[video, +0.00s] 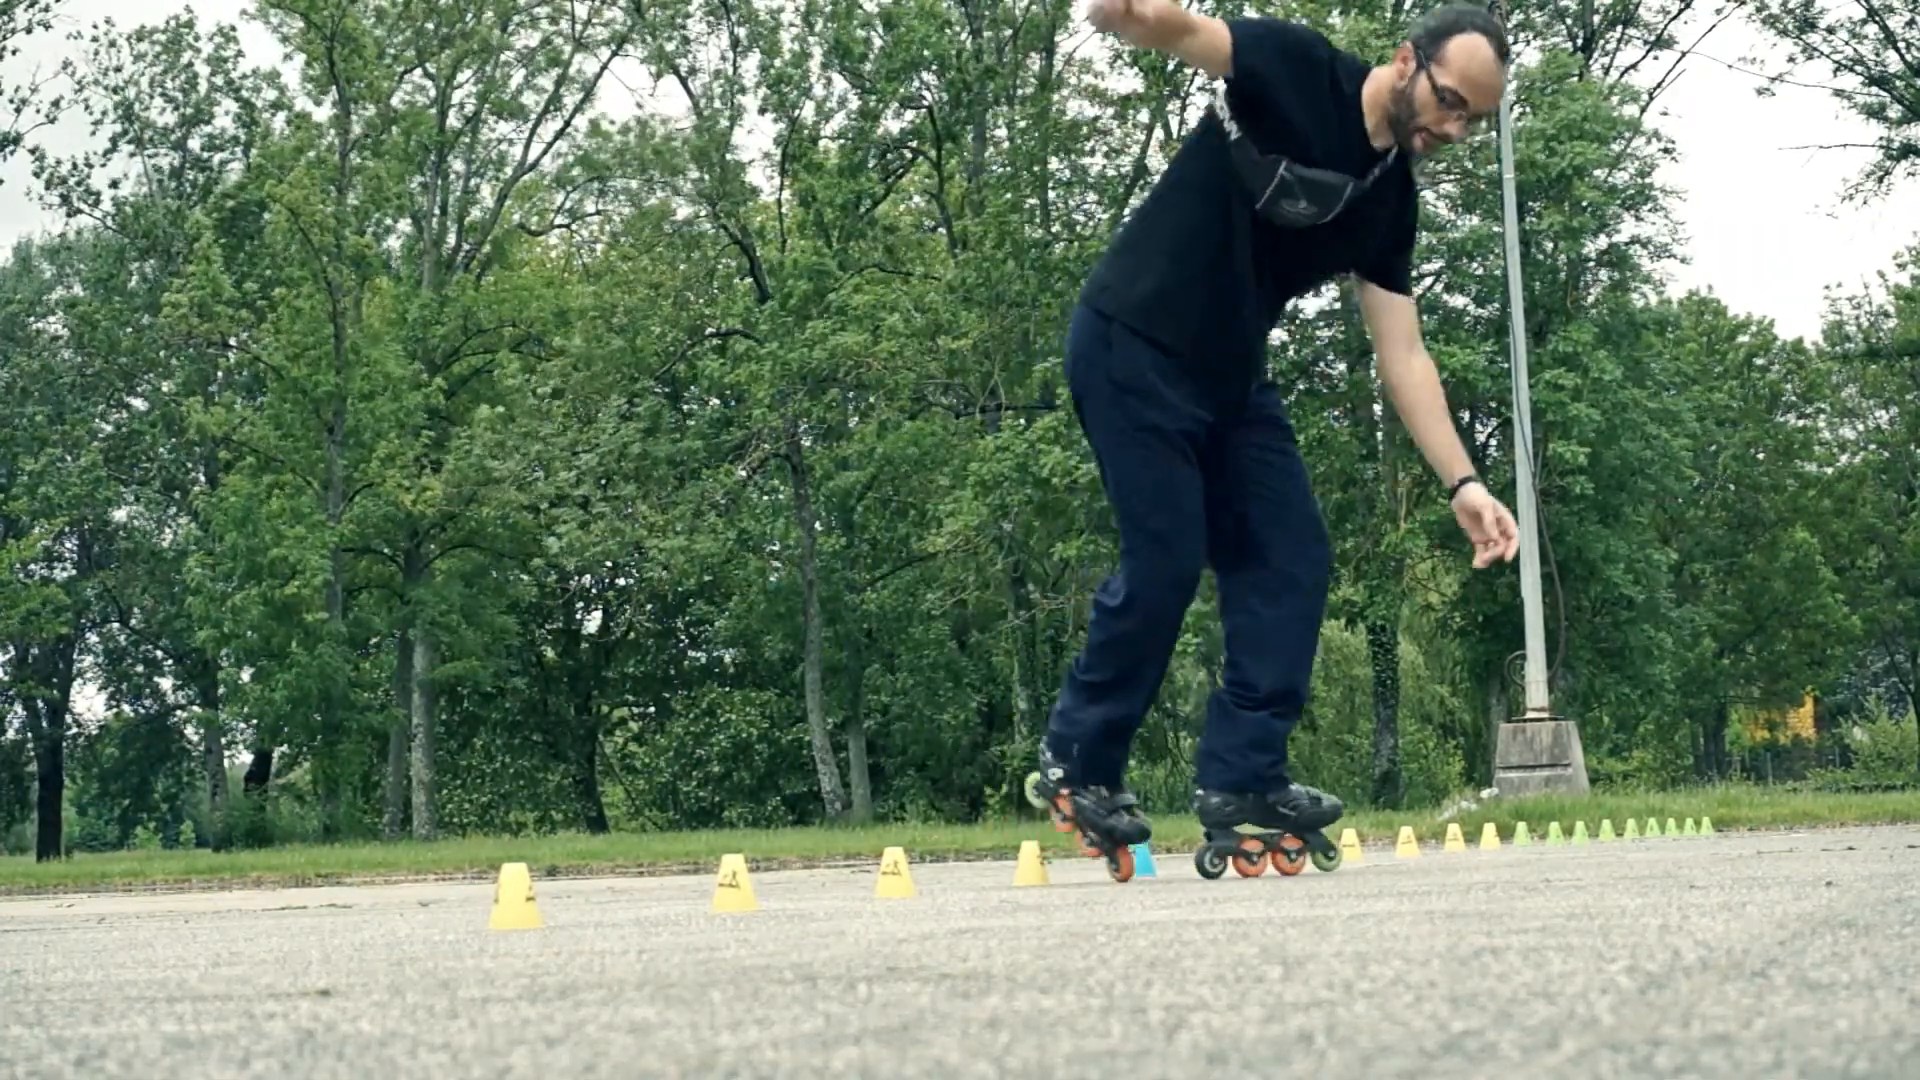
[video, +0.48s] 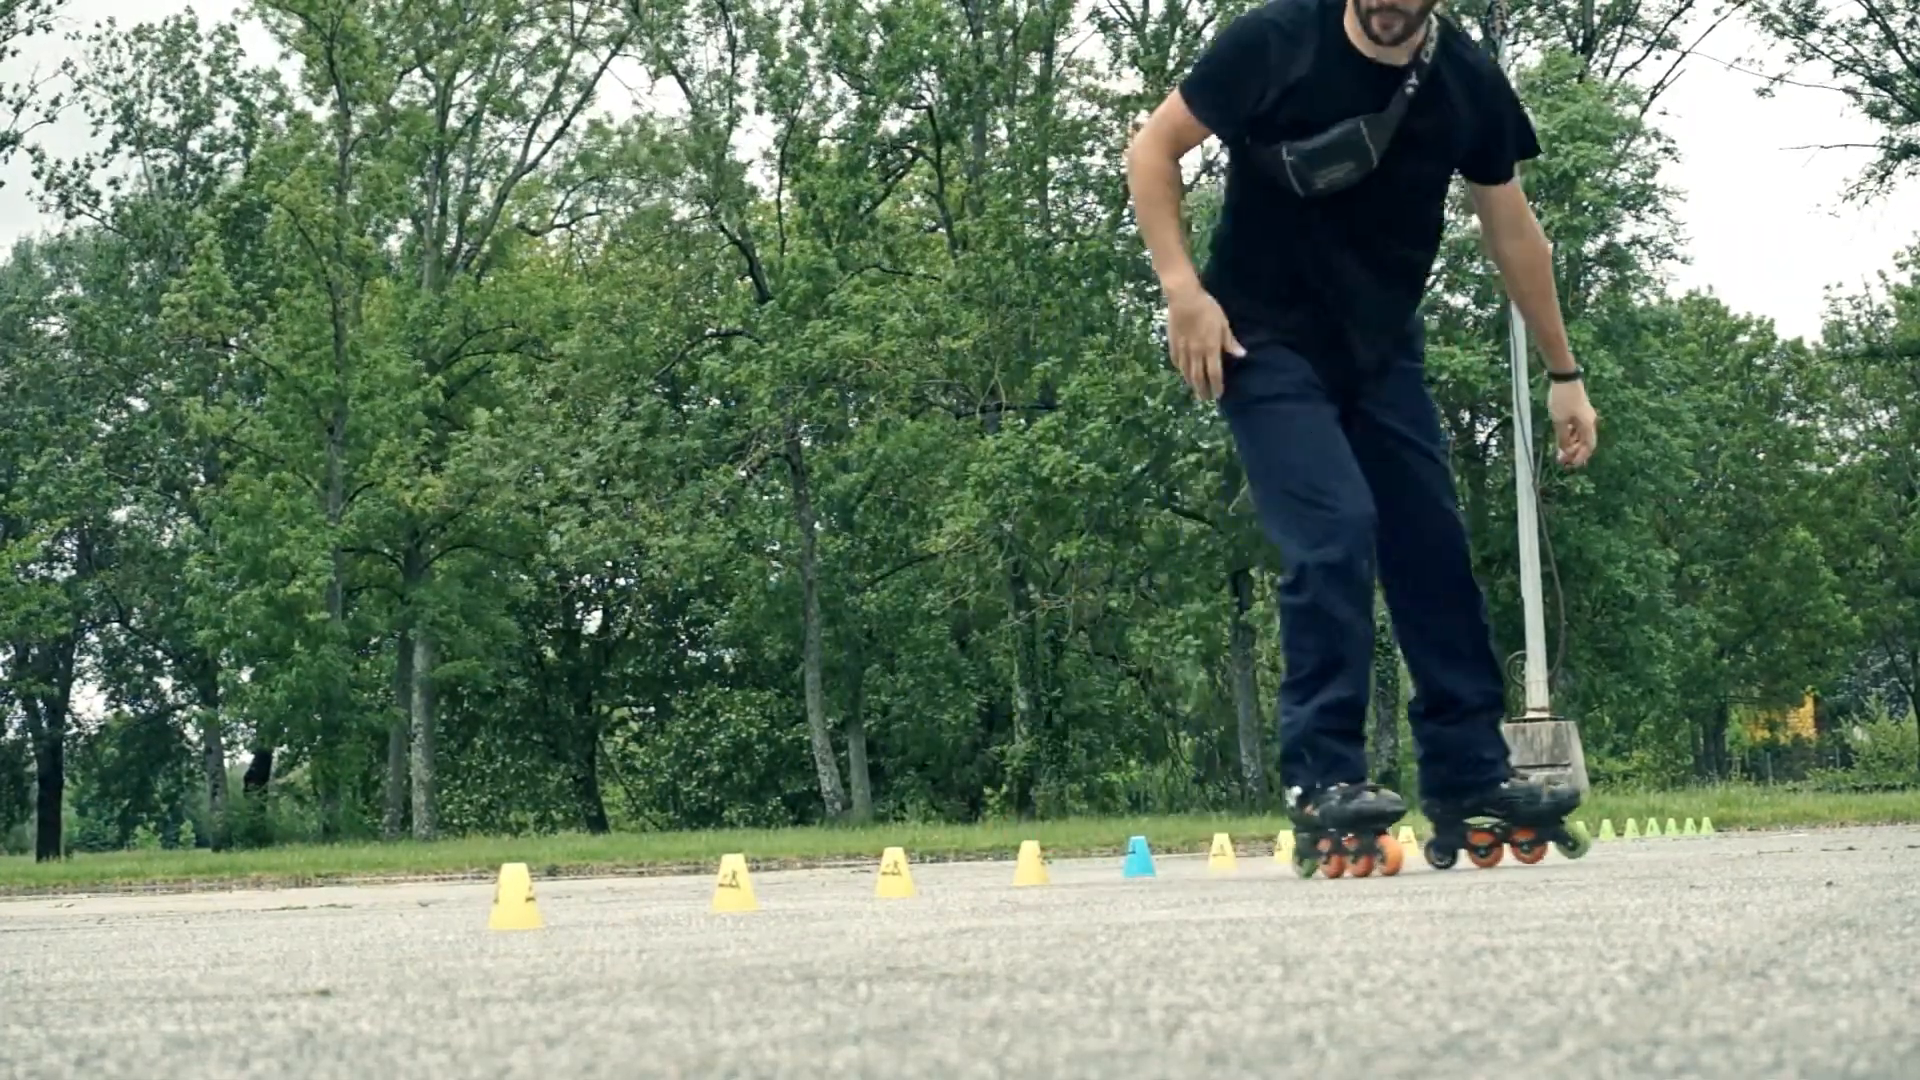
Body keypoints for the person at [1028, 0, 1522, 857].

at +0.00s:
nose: (1453, 127)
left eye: (1472, 118)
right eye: (1449, 100)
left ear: (1478, 113)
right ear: (1409, 58)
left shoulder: (1389, 197)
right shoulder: (1301, 67)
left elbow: (1402, 351)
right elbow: (1187, 32)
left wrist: (1464, 483)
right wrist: (1130, 18)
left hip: (1229, 367)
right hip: (1131, 335)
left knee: (1288, 558)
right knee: (1166, 556)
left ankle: (1242, 781)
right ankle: (1078, 765)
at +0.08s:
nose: (1449, 93)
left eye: (1470, 81)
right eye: (1439, 65)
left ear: (1486, 75)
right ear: (1396, 28)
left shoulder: (1404, 171)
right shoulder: (1291, 51)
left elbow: (1428, 328)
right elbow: (1145, 38)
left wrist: (1491, 463)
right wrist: (1164, 85)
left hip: (1255, 363)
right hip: (1148, 334)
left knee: (1306, 561)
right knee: (1188, 551)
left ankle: (1249, 778)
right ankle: (1122, 767)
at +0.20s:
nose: (1430, 50)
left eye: (1454, 35)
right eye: (1417, 24)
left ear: (1473, 30)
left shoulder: (1430, 134)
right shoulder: (1290, 37)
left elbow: (1464, 289)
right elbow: (1145, 96)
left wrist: (1531, 426)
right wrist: (1209, 196)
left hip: (1291, 354)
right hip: (1176, 328)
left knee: (1339, 551)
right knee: (1220, 531)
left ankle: (1303, 779)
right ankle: (1173, 773)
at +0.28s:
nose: (1421, 29)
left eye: (1445, 15)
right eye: (1408, 7)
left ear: (1465, 18)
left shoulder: (1447, 119)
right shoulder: (1289, 35)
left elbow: (1484, 266)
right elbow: (1148, 124)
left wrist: (1549, 404)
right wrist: (1211, 243)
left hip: (1316, 352)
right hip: (1201, 329)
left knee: (1368, 550)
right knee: (1245, 542)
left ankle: (1351, 779)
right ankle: (1217, 774)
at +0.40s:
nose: (1410, 14)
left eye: (1431, 1)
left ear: (1454, 4)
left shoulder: (1466, 101)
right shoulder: (1284, 43)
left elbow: (1506, 243)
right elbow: (1150, 147)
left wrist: (1564, 383)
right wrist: (1187, 286)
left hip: (1357, 358)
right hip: (1239, 341)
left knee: (1413, 555)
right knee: (1301, 534)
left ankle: (1423, 779)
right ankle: (1287, 779)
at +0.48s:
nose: (1392, 8)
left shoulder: (1467, 78)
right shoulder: (1273, 43)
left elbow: (1511, 226)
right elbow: (1152, 147)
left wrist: (1564, 372)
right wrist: (1182, 292)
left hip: (1382, 349)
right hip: (1264, 339)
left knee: (1433, 547)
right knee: (1336, 527)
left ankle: (1467, 779)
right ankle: (1325, 776)